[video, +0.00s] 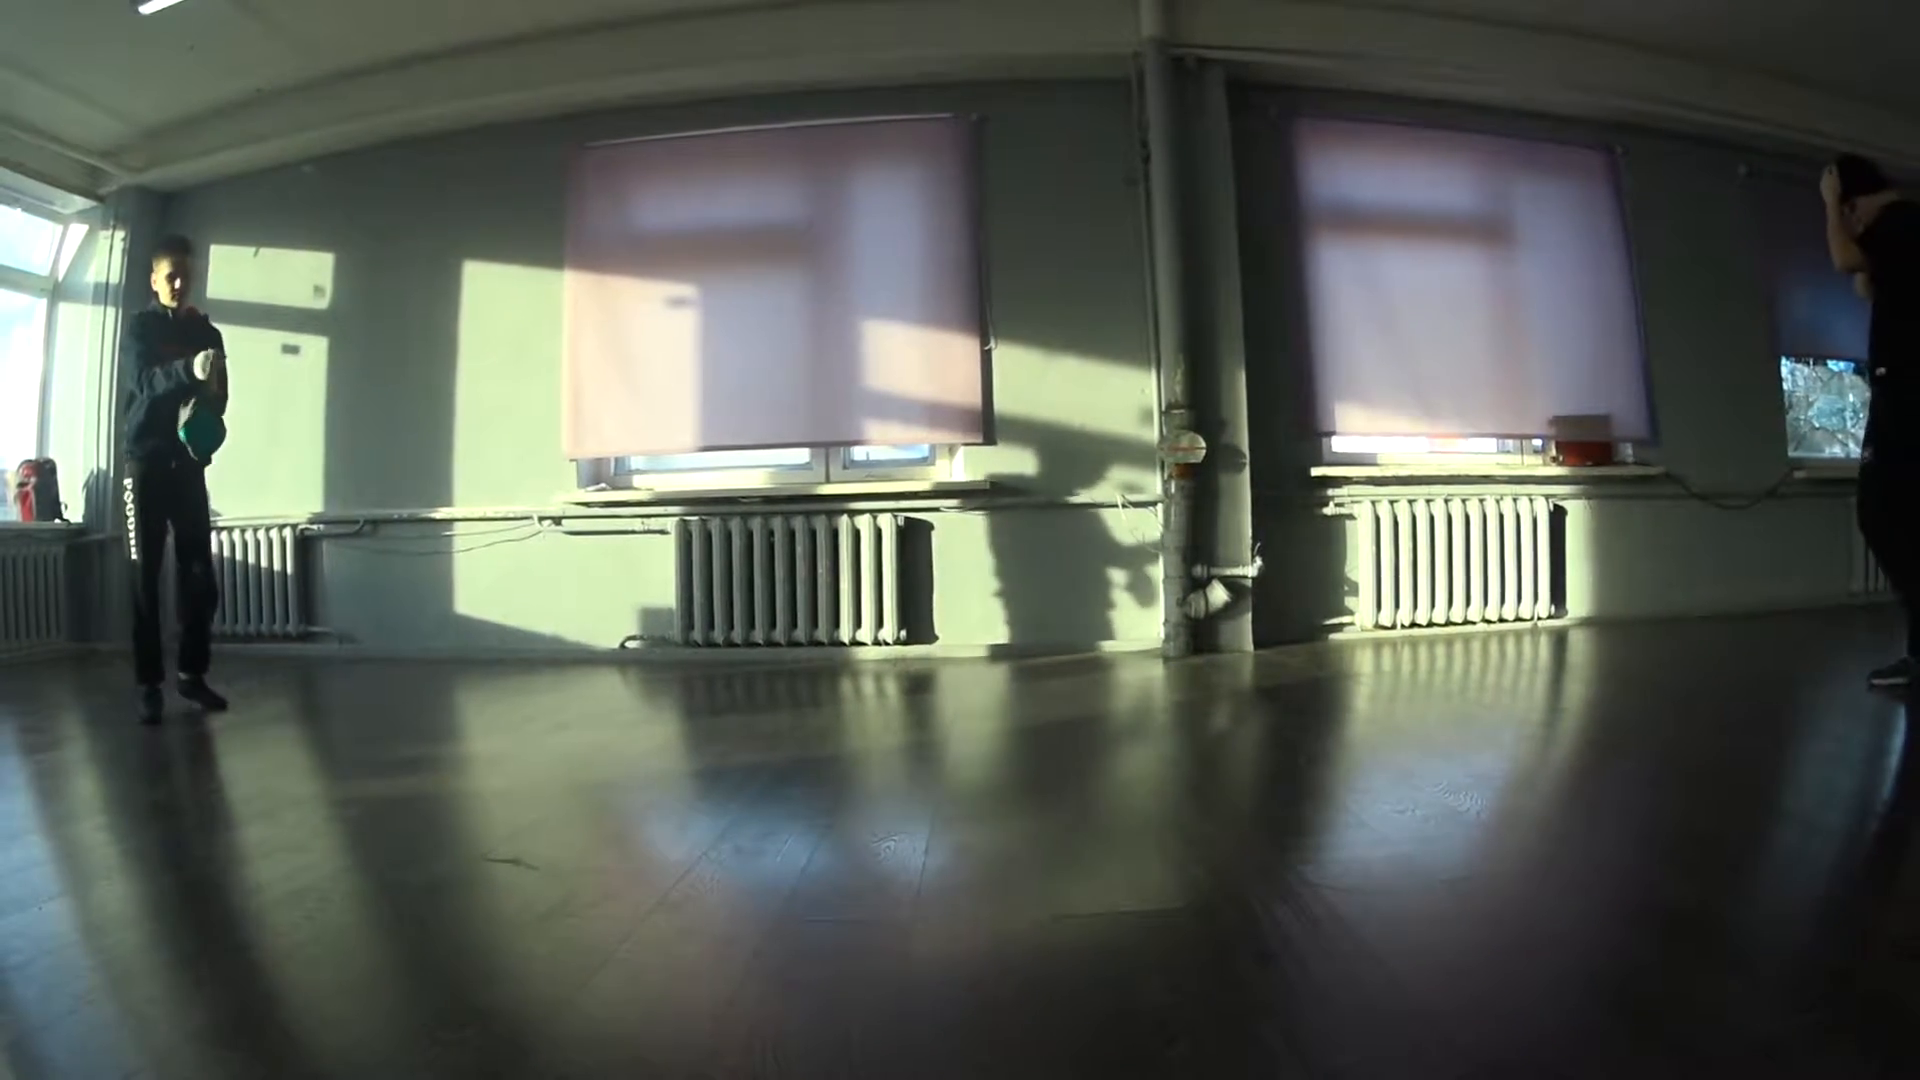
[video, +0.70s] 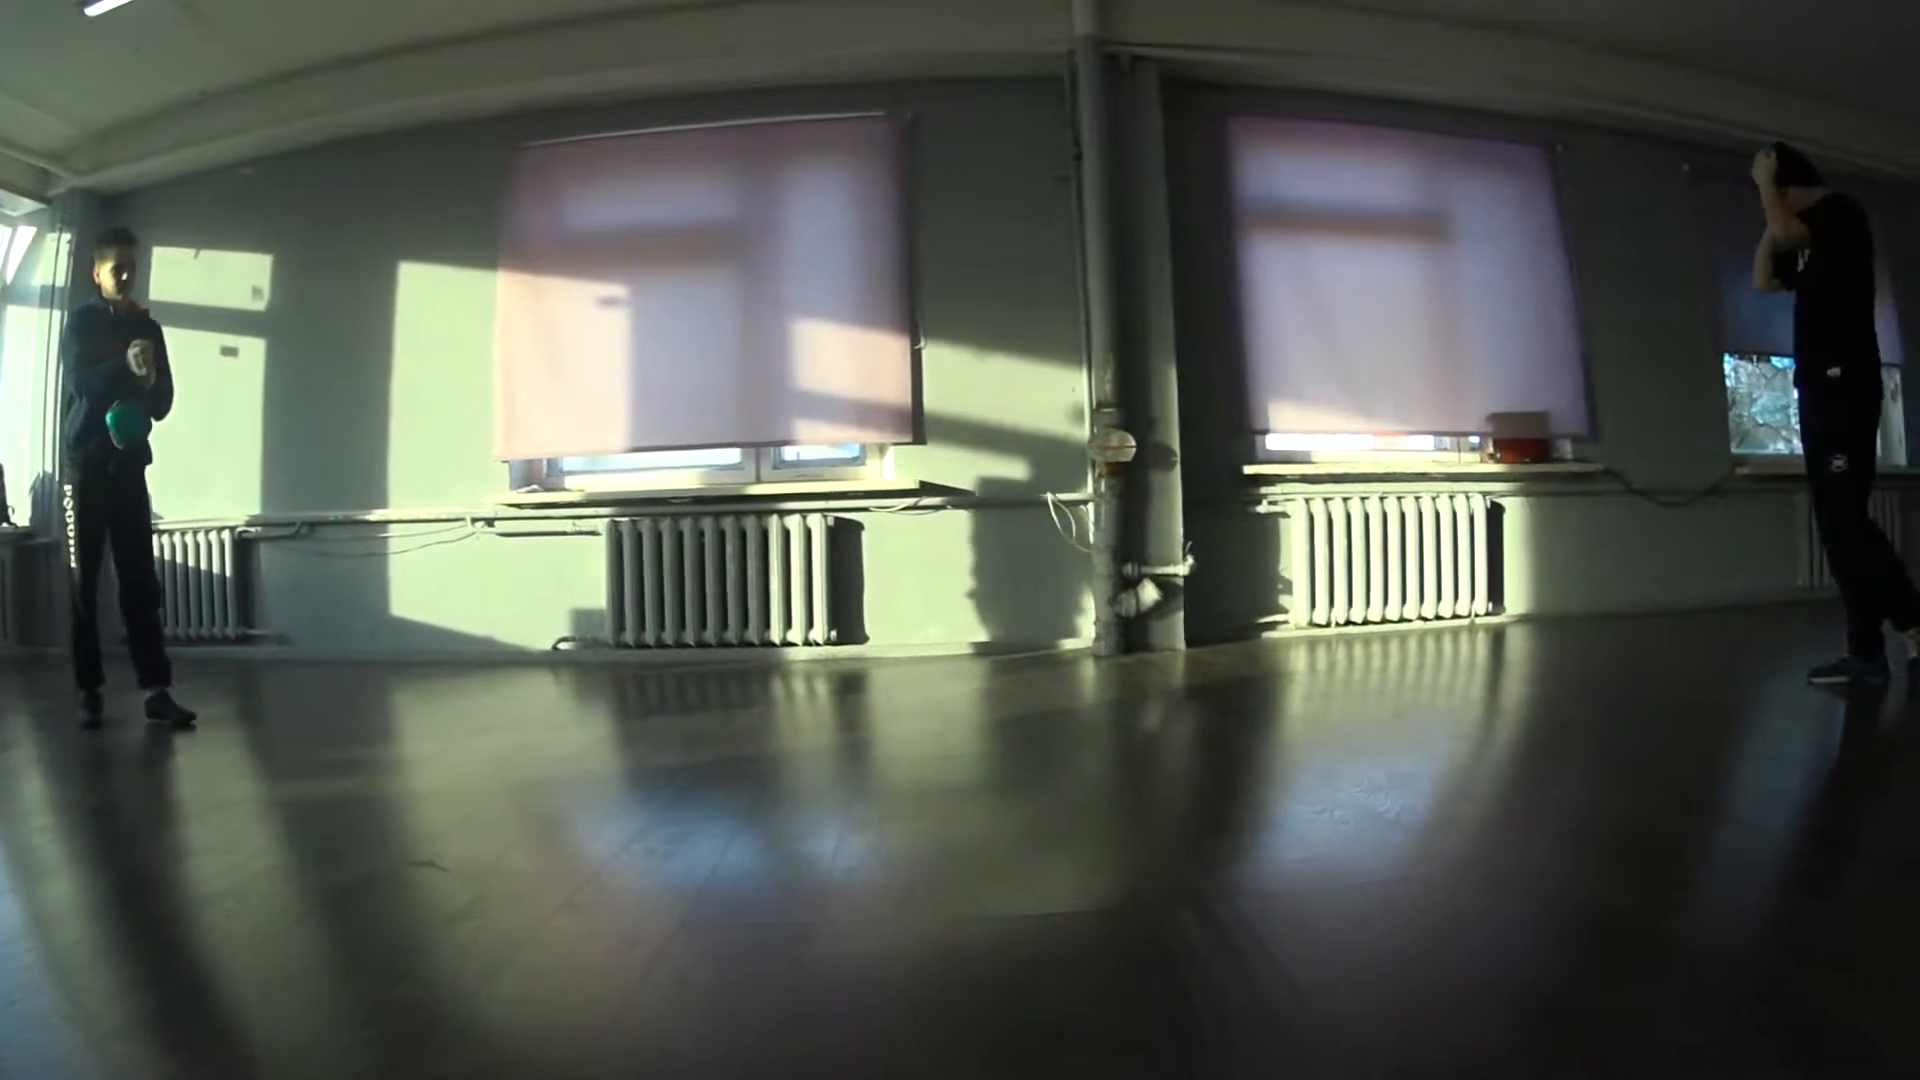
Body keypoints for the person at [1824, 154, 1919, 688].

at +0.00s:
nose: (1842, 217)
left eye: (1842, 204)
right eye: (1840, 205)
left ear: (1856, 200)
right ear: (1876, 191)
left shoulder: (1895, 224)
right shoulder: (1895, 225)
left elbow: (1847, 259)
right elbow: (1862, 280)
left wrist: (1830, 205)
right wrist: (1845, 214)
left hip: (1902, 403)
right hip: (1898, 400)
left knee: (1881, 514)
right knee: (1887, 514)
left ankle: (1917, 652)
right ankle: (1915, 651)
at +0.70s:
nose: (1769, 196)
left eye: (1771, 184)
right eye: (1764, 186)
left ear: (1791, 183)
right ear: (1801, 185)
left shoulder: (1841, 215)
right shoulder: (1816, 238)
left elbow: (1785, 229)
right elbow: (1766, 280)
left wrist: (1765, 185)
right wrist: (1770, 223)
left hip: (1847, 386)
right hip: (1823, 389)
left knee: (1845, 518)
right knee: (1838, 520)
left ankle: (1910, 624)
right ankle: (1864, 653)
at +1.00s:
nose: (1776, 185)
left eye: (1782, 175)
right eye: (1772, 178)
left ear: (1805, 172)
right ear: (1780, 181)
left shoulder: (1845, 216)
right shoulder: (1786, 237)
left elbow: (1809, 211)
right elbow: (1738, 259)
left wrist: (1779, 161)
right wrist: (1767, 199)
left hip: (1852, 383)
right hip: (1811, 387)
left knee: (1855, 516)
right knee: (1829, 519)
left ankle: (1888, 650)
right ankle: (1855, 652)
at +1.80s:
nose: (1816, 155)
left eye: (1824, 144)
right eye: (1807, 148)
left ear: (1846, 148)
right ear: (1801, 158)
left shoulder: (1879, 204)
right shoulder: (1804, 216)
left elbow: (1885, 195)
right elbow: (1744, 234)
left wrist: (1843, 129)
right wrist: (1769, 164)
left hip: (1878, 383)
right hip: (1820, 386)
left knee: (1886, 524)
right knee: (1815, 525)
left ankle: (1881, 661)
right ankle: (1837, 653)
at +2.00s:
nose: (1813, 159)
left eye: (1819, 147)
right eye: (1804, 152)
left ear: (1840, 148)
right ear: (1798, 161)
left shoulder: (1875, 203)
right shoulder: (1802, 215)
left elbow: (1875, 191)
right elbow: (1742, 231)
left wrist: (1834, 124)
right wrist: (1763, 161)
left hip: (1874, 380)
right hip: (1817, 383)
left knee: (1882, 519)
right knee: (1803, 517)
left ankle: (1878, 660)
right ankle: (1833, 649)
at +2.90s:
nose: (1730, 169)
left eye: (1737, 157)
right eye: (1728, 159)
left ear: (1764, 156)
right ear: (1738, 164)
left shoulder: (1804, 201)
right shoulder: (1746, 225)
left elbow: (1762, 199)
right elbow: (1698, 252)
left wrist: (1739, 146)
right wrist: (1716, 197)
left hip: (1805, 374)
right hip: (1766, 378)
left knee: (1797, 516)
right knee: (1783, 521)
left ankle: (1850, 640)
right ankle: (1810, 661)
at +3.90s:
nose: (1658, 170)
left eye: (1663, 156)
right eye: (1651, 161)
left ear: (1690, 148)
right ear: (1652, 163)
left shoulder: (1726, 199)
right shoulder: (1694, 209)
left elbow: (1728, 286)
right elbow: (1693, 306)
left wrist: (1702, 371)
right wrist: (1674, 382)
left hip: (1727, 384)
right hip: (1701, 385)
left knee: (1722, 526)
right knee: (1704, 524)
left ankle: (1721, 669)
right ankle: (1784, 632)